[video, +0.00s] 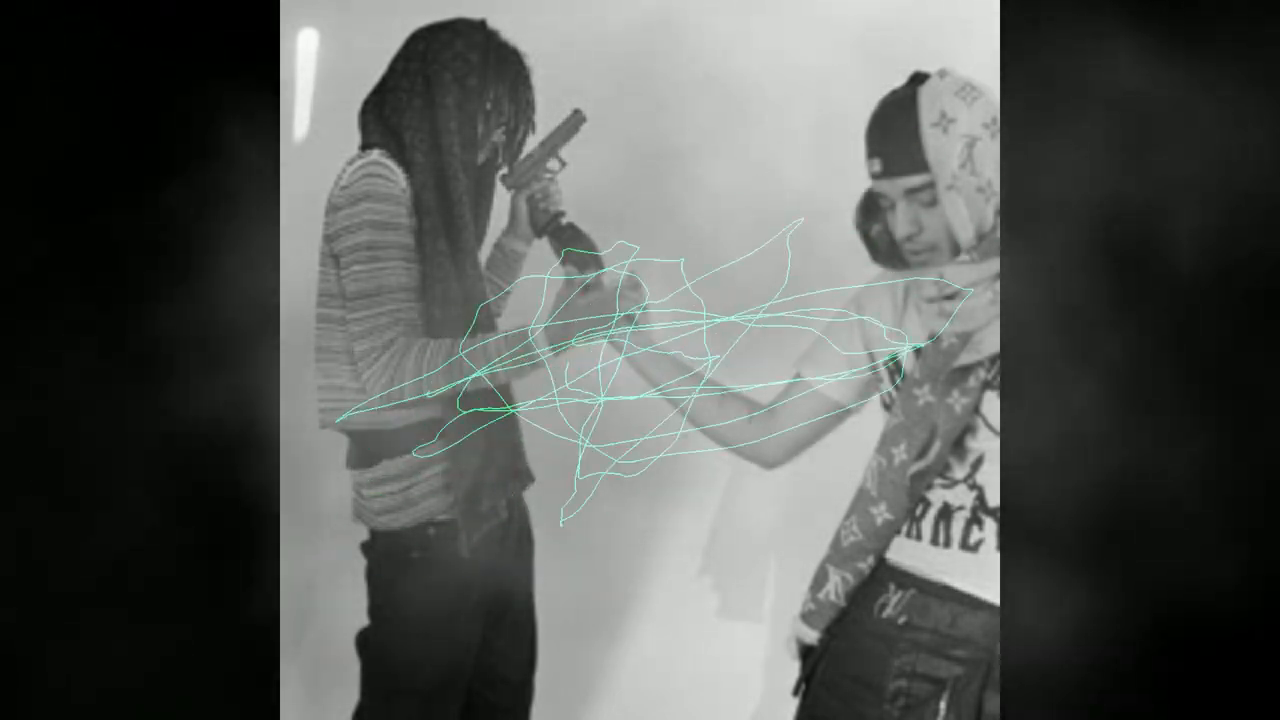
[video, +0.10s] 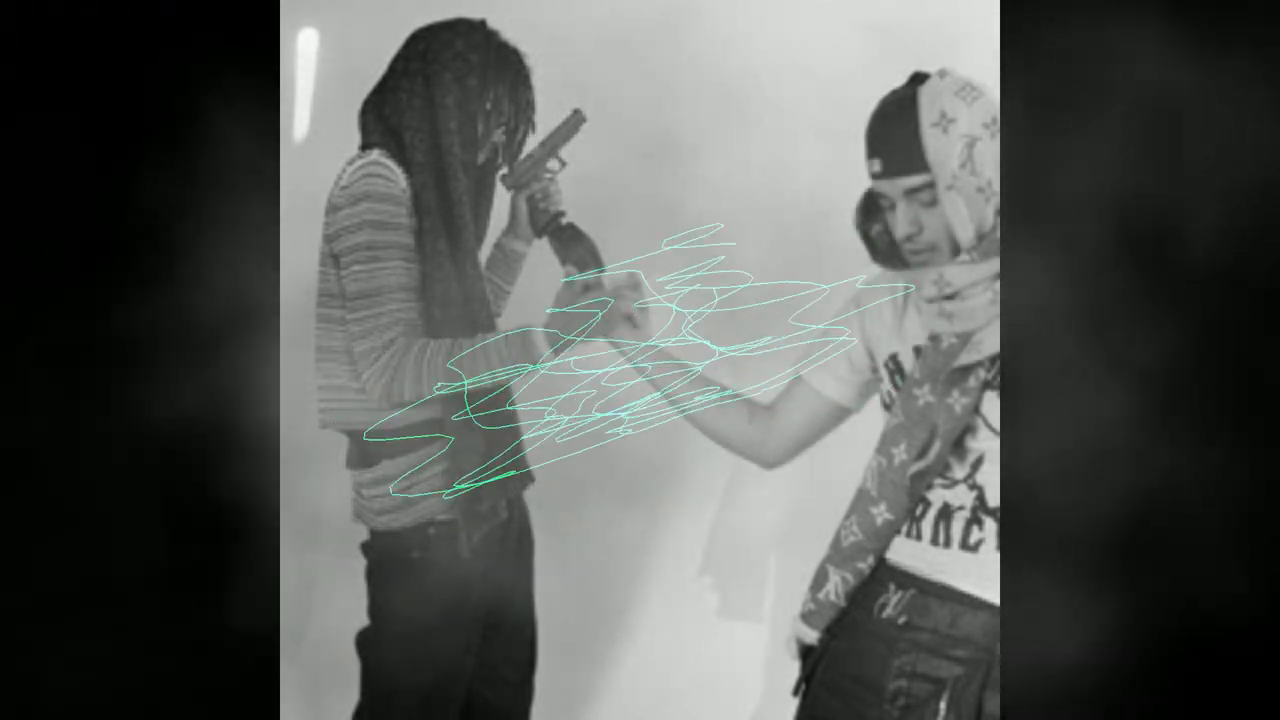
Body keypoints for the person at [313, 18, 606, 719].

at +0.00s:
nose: (499, 146)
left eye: (506, 125)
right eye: (492, 120)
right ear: (448, 106)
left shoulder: (426, 190)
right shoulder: (377, 182)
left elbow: (460, 328)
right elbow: (386, 370)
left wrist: (516, 234)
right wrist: (554, 335)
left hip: (487, 502)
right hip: (425, 518)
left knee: (499, 701)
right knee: (413, 706)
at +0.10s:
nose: (499, 146)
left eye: (506, 127)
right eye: (494, 122)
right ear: (452, 109)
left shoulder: (427, 191)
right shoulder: (377, 182)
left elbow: (463, 329)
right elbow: (390, 370)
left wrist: (518, 234)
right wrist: (547, 338)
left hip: (490, 505)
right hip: (427, 519)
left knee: (501, 703)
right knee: (410, 707)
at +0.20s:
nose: (499, 145)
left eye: (507, 127)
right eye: (492, 121)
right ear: (448, 108)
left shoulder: (423, 192)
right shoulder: (377, 183)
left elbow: (464, 328)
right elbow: (389, 369)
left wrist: (518, 234)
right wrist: (552, 337)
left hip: (485, 500)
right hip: (425, 515)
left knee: (501, 700)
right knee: (411, 704)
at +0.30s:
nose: (500, 146)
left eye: (507, 127)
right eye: (494, 122)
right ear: (451, 110)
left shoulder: (427, 192)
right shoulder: (377, 183)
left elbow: (463, 331)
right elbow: (385, 370)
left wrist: (518, 234)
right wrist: (551, 336)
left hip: (488, 505)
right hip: (425, 521)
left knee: (501, 700)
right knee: (412, 704)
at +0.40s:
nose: (498, 144)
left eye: (505, 126)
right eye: (492, 120)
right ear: (448, 108)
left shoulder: (424, 191)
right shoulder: (377, 183)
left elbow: (462, 329)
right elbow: (388, 370)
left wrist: (518, 235)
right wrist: (543, 338)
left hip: (484, 501)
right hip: (423, 515)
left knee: (501, 698)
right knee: (413, 702)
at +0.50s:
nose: (497, 144)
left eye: (504, 124)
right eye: (489, 119)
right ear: (445, 106)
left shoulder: (426, 192)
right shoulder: (377, 182)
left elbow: (461, 335)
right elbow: (392, 372)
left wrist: (517, 236)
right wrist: (550, 336)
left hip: (487, 495)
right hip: (426, 506)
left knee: (501, 694)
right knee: (417, 700)